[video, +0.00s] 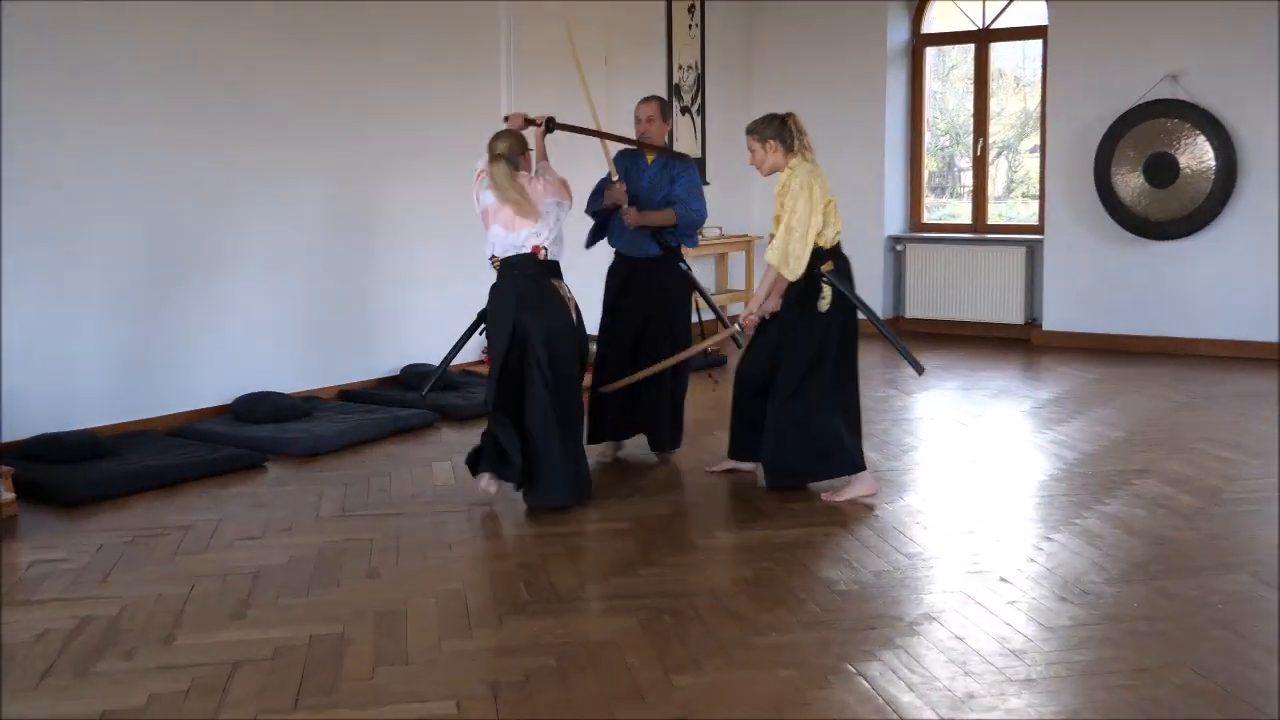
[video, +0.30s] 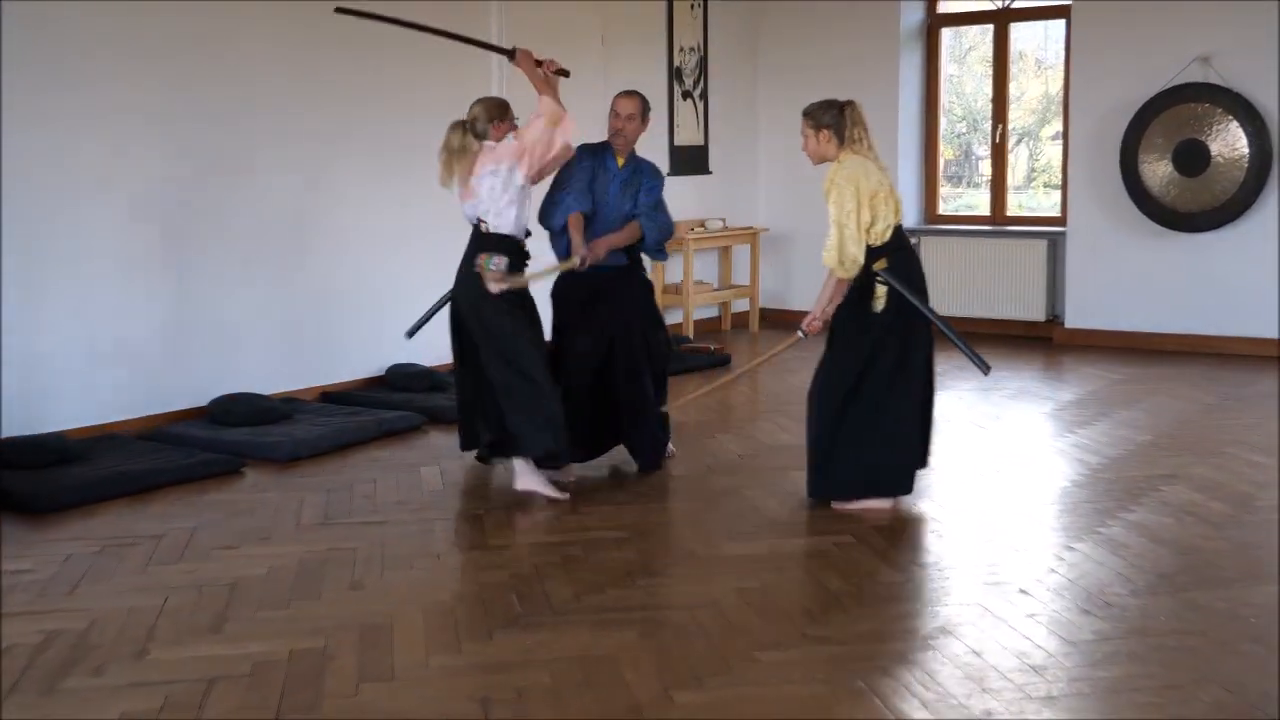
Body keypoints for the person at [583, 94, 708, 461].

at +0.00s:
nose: (642, 126)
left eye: (650, 120)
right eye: (638, 121)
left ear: (667, 125)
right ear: (634, 125)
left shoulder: (682, 166)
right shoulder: (624, 162)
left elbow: (694, 214)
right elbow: (593, 204)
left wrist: (646, 217)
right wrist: (609, 196)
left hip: (665, 271)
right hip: (624, 269)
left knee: (665, 352)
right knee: (616, 348)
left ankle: (663, 440)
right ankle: (614, 434)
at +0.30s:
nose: (619, 124)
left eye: (629, 118)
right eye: (615, 116)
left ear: (644, 125)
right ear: (608, 118)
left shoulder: (648, 174)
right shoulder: (584, 158)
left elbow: (649, 224)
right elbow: (572, 203)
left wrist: (608, 243)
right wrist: (578, 243)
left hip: (625, 278)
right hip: (580, 277)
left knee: (644, 356)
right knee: (575, 362)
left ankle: (650, 444)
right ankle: (560, 451)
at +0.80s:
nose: (575, 132)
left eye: (585, 125)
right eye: (569, 123)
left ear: (598, 126)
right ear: (559, 123)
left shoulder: (609, 167)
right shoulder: (540, 166)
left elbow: (611, 230)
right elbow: (536, 232)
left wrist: (573, 281)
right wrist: (543, 293)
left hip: (593, 278)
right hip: (545, 281)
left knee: (598, 362)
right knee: (548, 368)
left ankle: (595, 449)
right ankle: (552, 460)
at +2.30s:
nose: (560, 135)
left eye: (568, 128)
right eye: (553, 127)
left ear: (580, 129)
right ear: (542, 126)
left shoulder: (593, 167)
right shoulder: (523, 171)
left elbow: (598, 231)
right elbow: (526, 240)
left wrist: (565, 284)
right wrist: (536, 298)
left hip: (582, 279)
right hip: (534, 284)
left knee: (588, 363)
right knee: (539, 369)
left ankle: (590, 451)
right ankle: (541, 463)